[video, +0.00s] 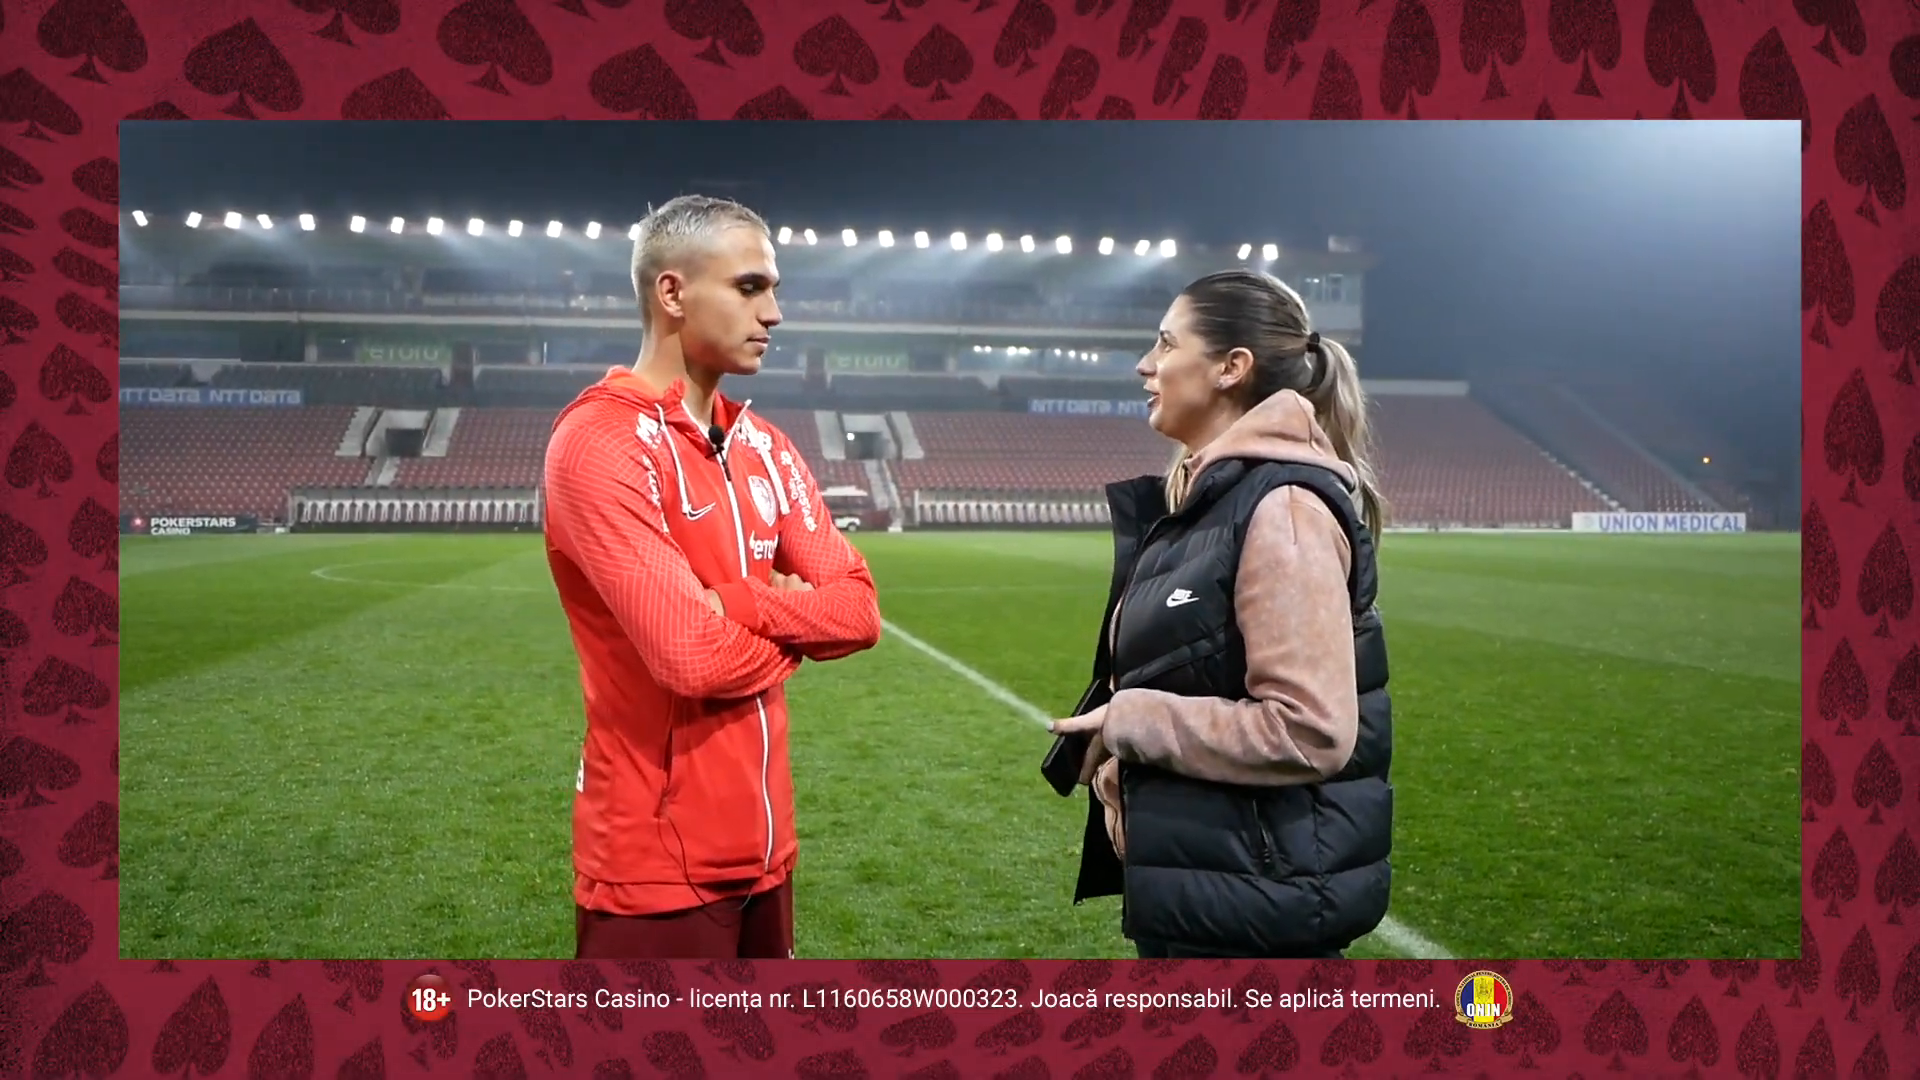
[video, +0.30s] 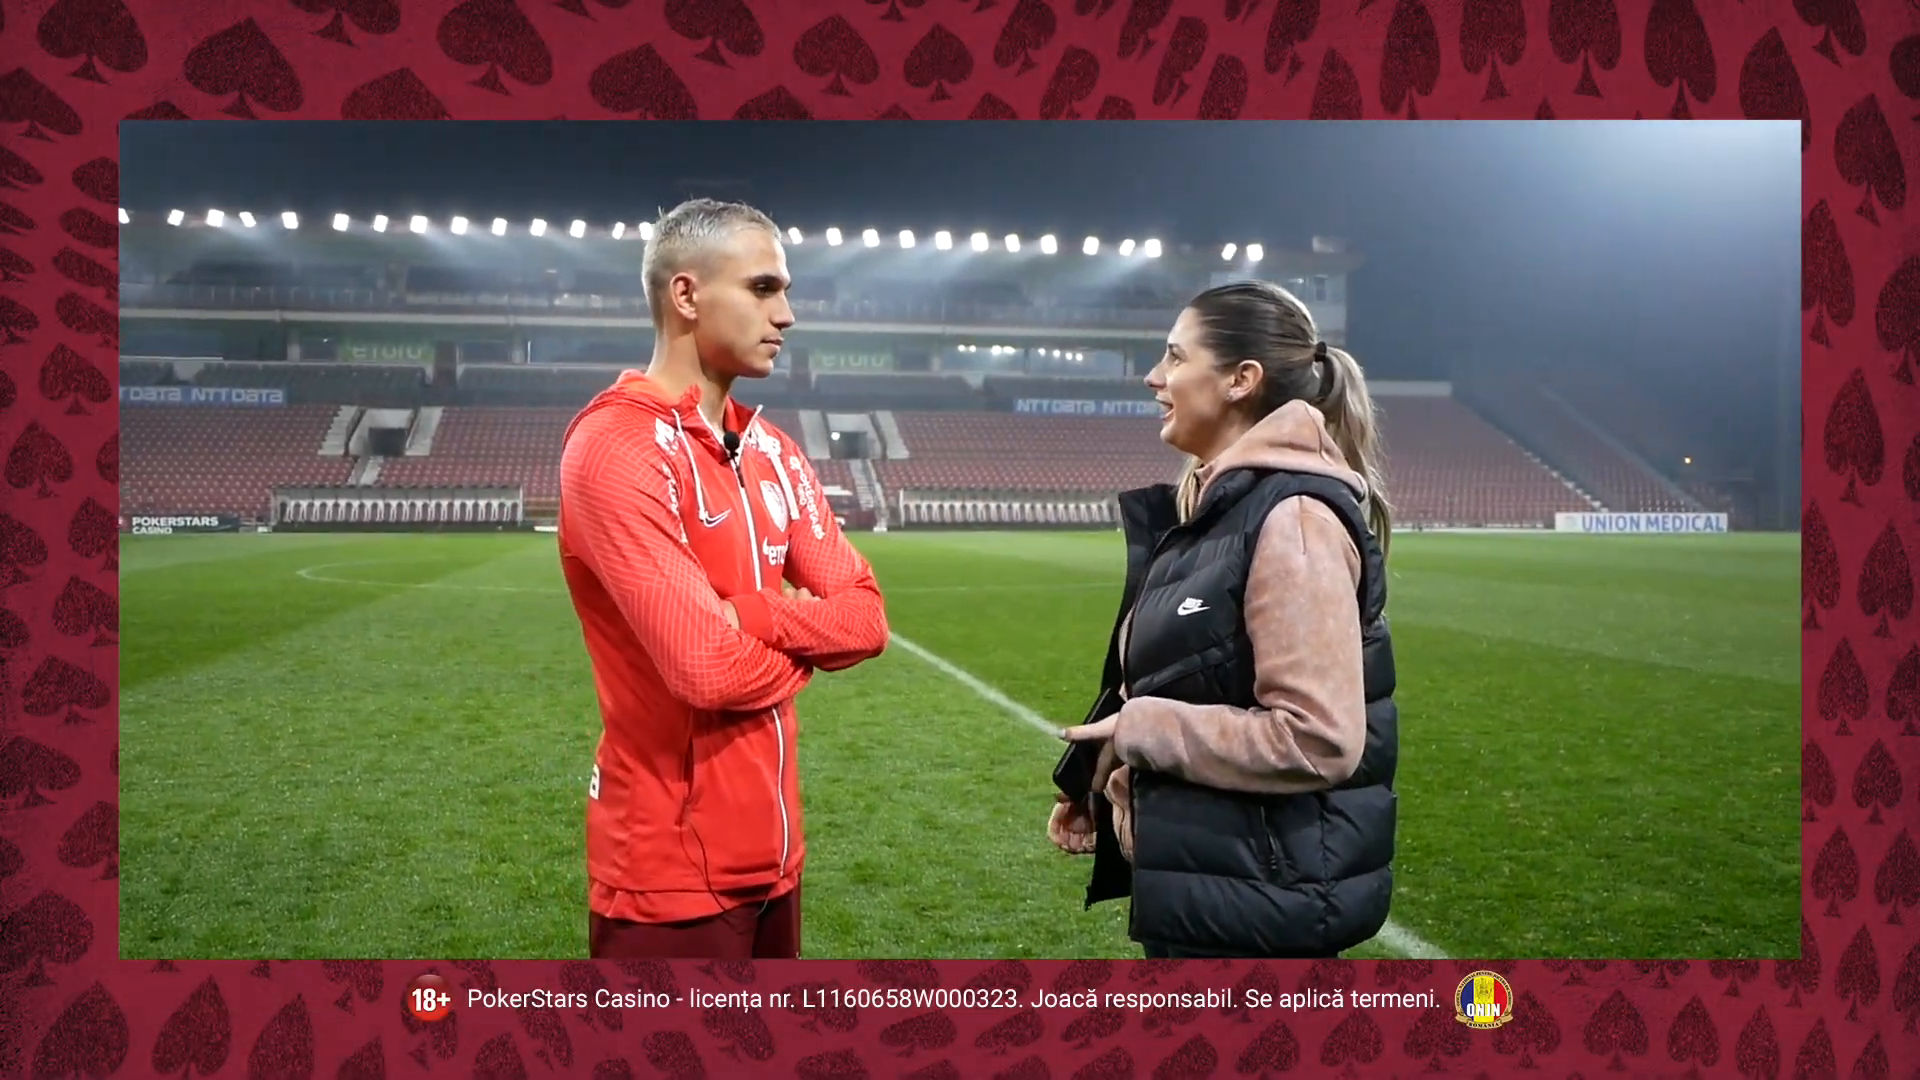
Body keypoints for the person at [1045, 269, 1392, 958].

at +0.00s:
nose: (1146, 366)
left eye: (1166, 343)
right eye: (1155, 344)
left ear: (1232, 368)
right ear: (1228, 370)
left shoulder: (1285, 510)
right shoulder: (1208, 499)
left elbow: (1310, 730)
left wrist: (1131, 718)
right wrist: (1109, 763)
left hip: (1257, 913)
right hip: (1201, 906)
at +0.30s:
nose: (1154, 379)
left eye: (1174, 357)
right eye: (1163, 358)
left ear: (1243, 379)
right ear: (1237, 381)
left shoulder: (1295, 520)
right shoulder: (1221, 506)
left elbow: (1319, 739)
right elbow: (1206, 694)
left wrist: (1141, 729)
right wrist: (1106, 788)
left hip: (1262, 914)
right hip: (1207, 906)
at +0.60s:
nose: (1176, 388)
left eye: (1197, 366)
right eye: (1185, 367)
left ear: (1266, 385)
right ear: (1260, 387)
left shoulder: (1317, 523)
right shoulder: (1236, 508)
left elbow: (1326, 736)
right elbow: (1209, 685)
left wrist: (1148, 720)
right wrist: (1083, 668)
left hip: (1273, 912)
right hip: (1213, 901)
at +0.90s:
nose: (1194, 393)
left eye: (1215, 371)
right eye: (1202, 372)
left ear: (1285, 386)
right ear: (1277, 386)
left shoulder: (1340, 525)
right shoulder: (1244, 514)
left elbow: (1261, 711)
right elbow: (1146, 667)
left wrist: (1115, 605)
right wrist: (1038, 595)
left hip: (1297, 908)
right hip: (1228, 900)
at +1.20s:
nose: (1198, 391)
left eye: (1218, 370)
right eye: (1205, 371)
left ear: (1288, 387)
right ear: (1285, 389)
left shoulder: (1342, 526)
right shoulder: (1246, 512)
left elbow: (1287, 729)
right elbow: (1167, 669)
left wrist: (1118, 664)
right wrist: (1049, 615)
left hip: (1294, 911)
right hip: (1223, 901)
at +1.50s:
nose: (1192, 381)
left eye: (1217, 358)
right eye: (1204, 360)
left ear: (1284, 379)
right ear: (1277, 379)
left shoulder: (1324, 523)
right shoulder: (1235, 511)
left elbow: (1338, 740)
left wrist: (1169, 753)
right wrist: (1115, 645)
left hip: (1282, 910)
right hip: (1219, 904)